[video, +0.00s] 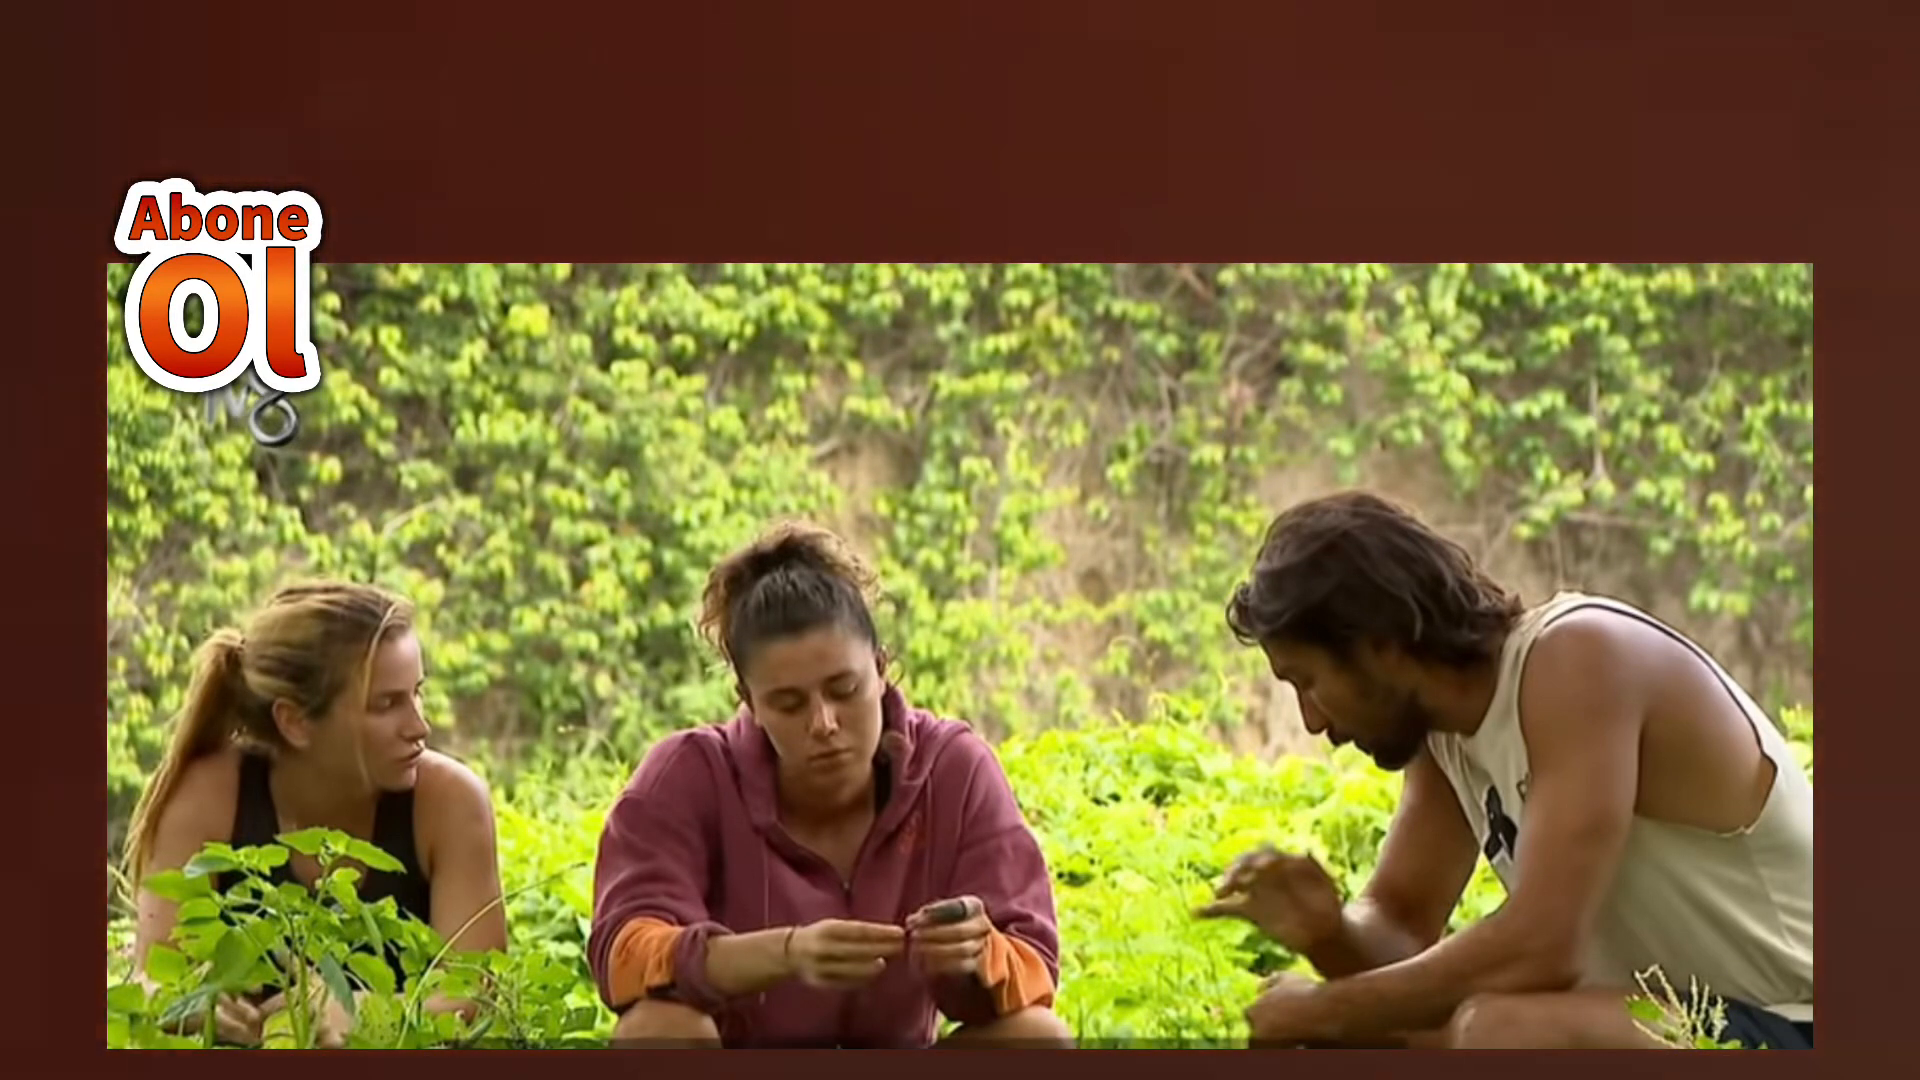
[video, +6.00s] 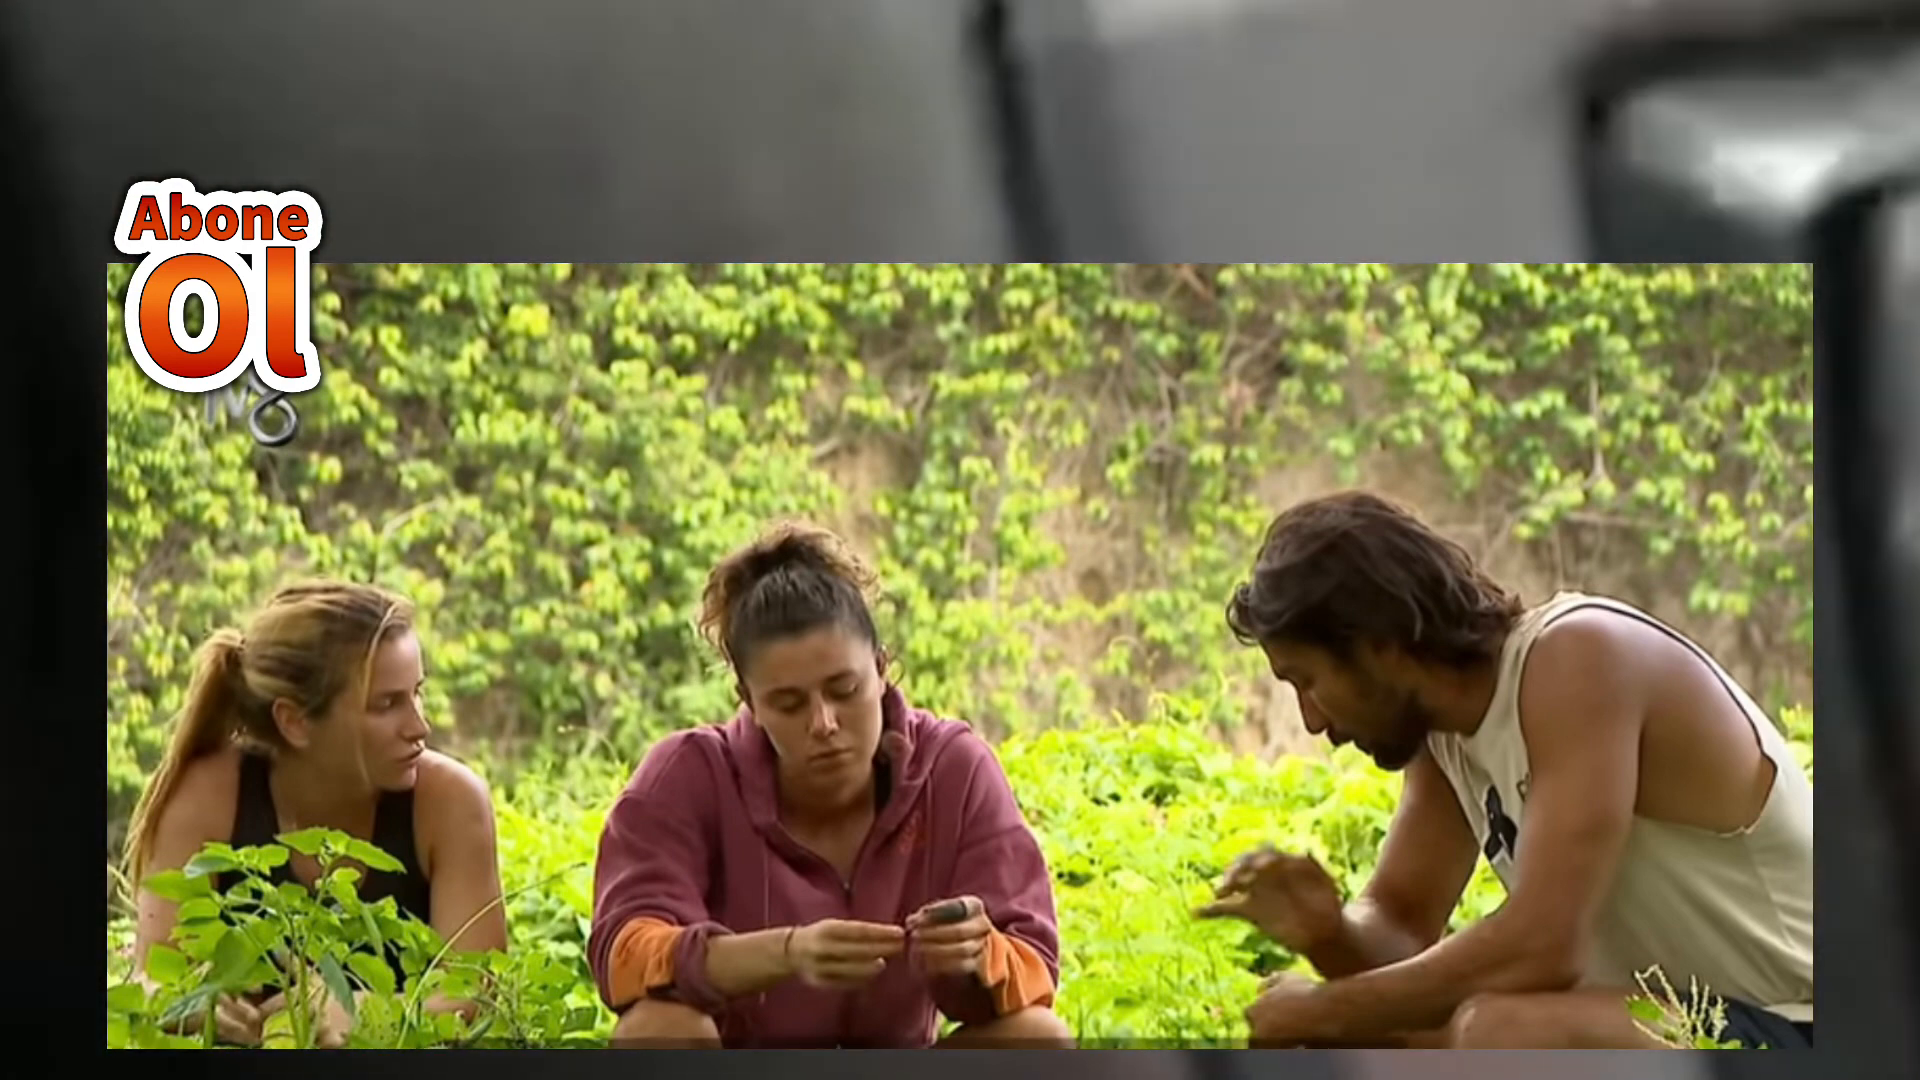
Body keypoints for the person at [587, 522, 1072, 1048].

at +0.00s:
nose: (824, 725)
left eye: (844, 690)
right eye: (789, 703)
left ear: (880, 669)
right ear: (747, 699)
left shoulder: (955, 766)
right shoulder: (687, 773)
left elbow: (1030, 970)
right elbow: (629, 957)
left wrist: (977, 953)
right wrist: (787, 952)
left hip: (899, 1056)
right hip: (739, 1058)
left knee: (1037, 1036)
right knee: (659, 1026)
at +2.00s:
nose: (824, 725)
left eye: (844, 690)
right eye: (789, 703)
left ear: (880, 669)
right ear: (747, 699)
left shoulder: (955, 766)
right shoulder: (687, 773)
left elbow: (1031, 971)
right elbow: (629, 957)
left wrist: (978, 953)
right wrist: (787, 952)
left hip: (899, 1049)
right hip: (740, 1052)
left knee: (1037, 1034)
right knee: (658, 1025)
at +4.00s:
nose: (824, 725)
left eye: (844, 690)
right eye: (789, 703)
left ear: (881, 670)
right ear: (747, 699)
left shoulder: (955, 766)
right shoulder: (687, 773)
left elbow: (1031, 969)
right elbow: (629, 957)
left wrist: (977, 953)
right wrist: (787, 951)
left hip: (898, 1059)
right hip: (739, 1061)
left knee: (1037, 1036)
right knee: (659, 1027)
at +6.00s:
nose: (824, 725)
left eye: (844, 690)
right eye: (789, 703)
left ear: (880, 670)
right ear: (747, 698)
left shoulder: (955, 766)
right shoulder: (687, 774)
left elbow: (1030, 969)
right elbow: (629, 957)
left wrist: (977, 954)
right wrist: (786, 952)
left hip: (898, 1059)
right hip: (739, 1060)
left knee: (1037, 1036)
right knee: (658, 1026)